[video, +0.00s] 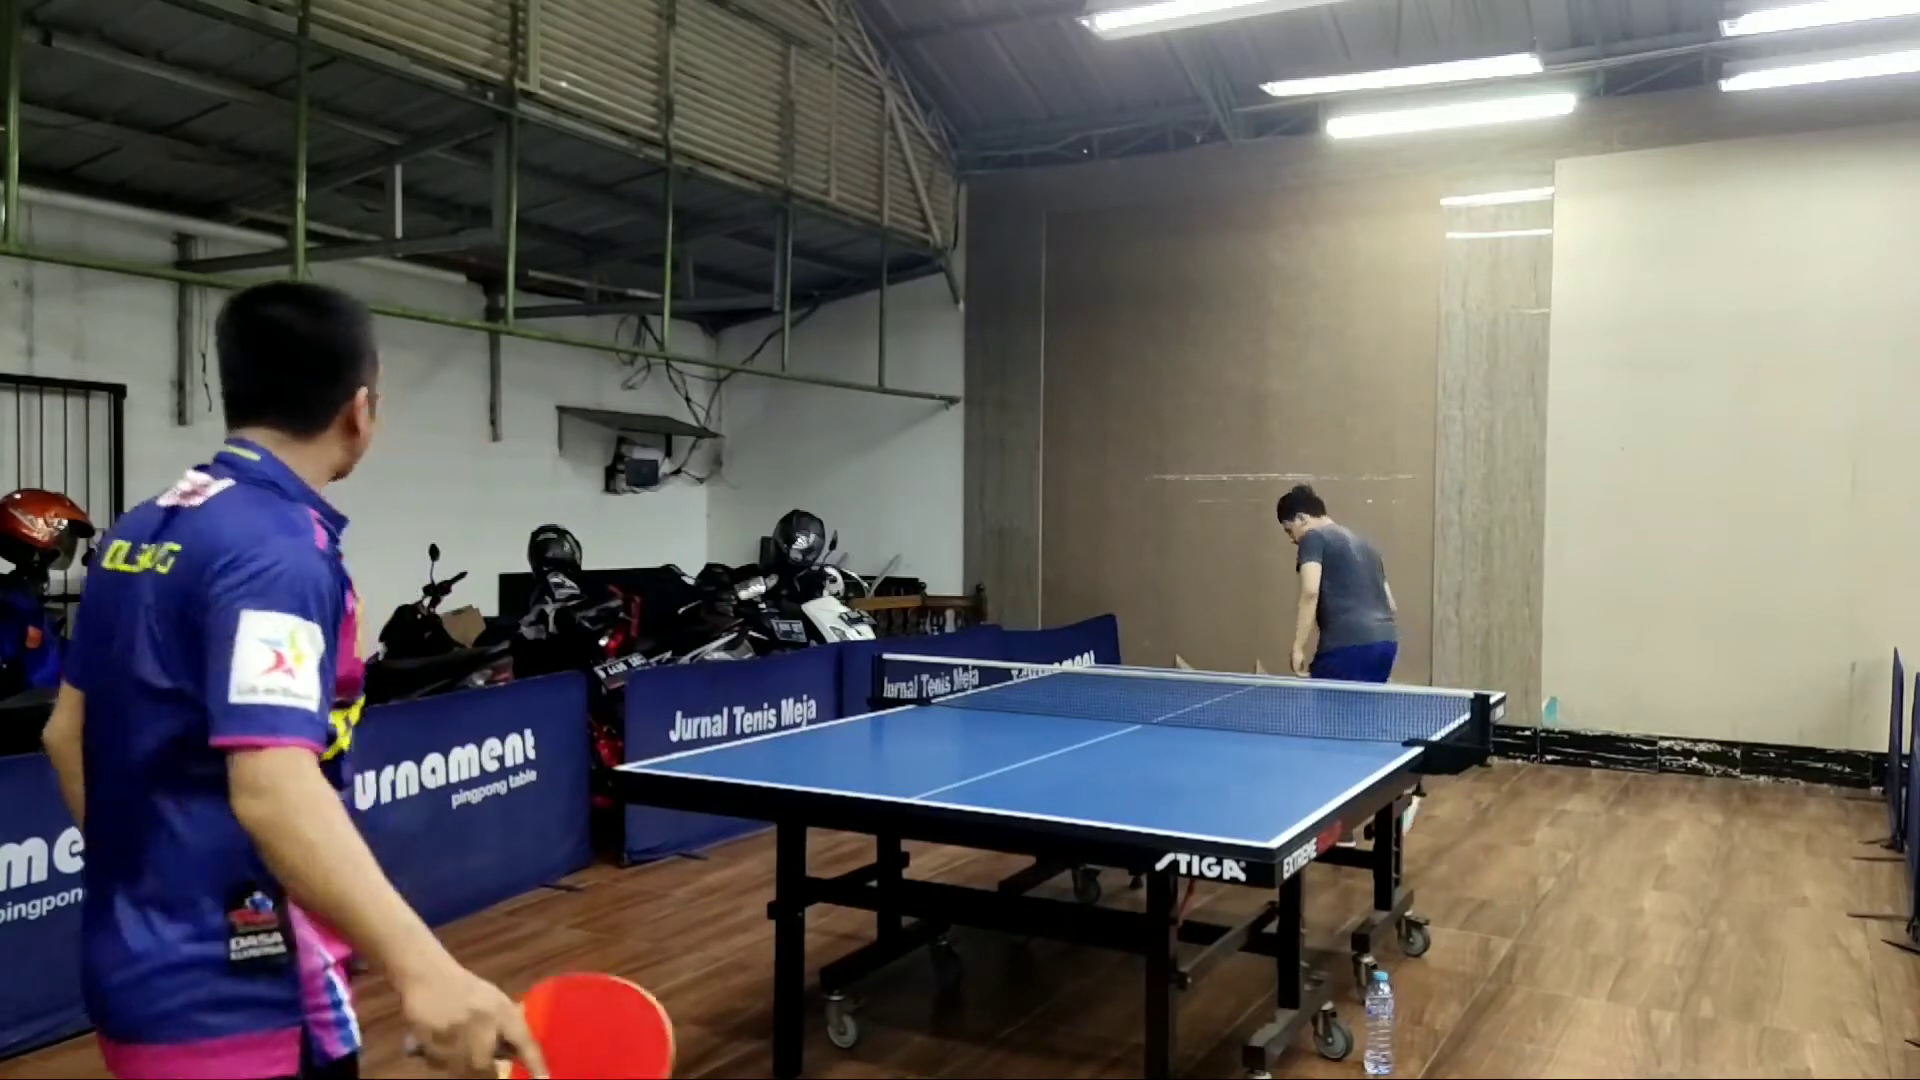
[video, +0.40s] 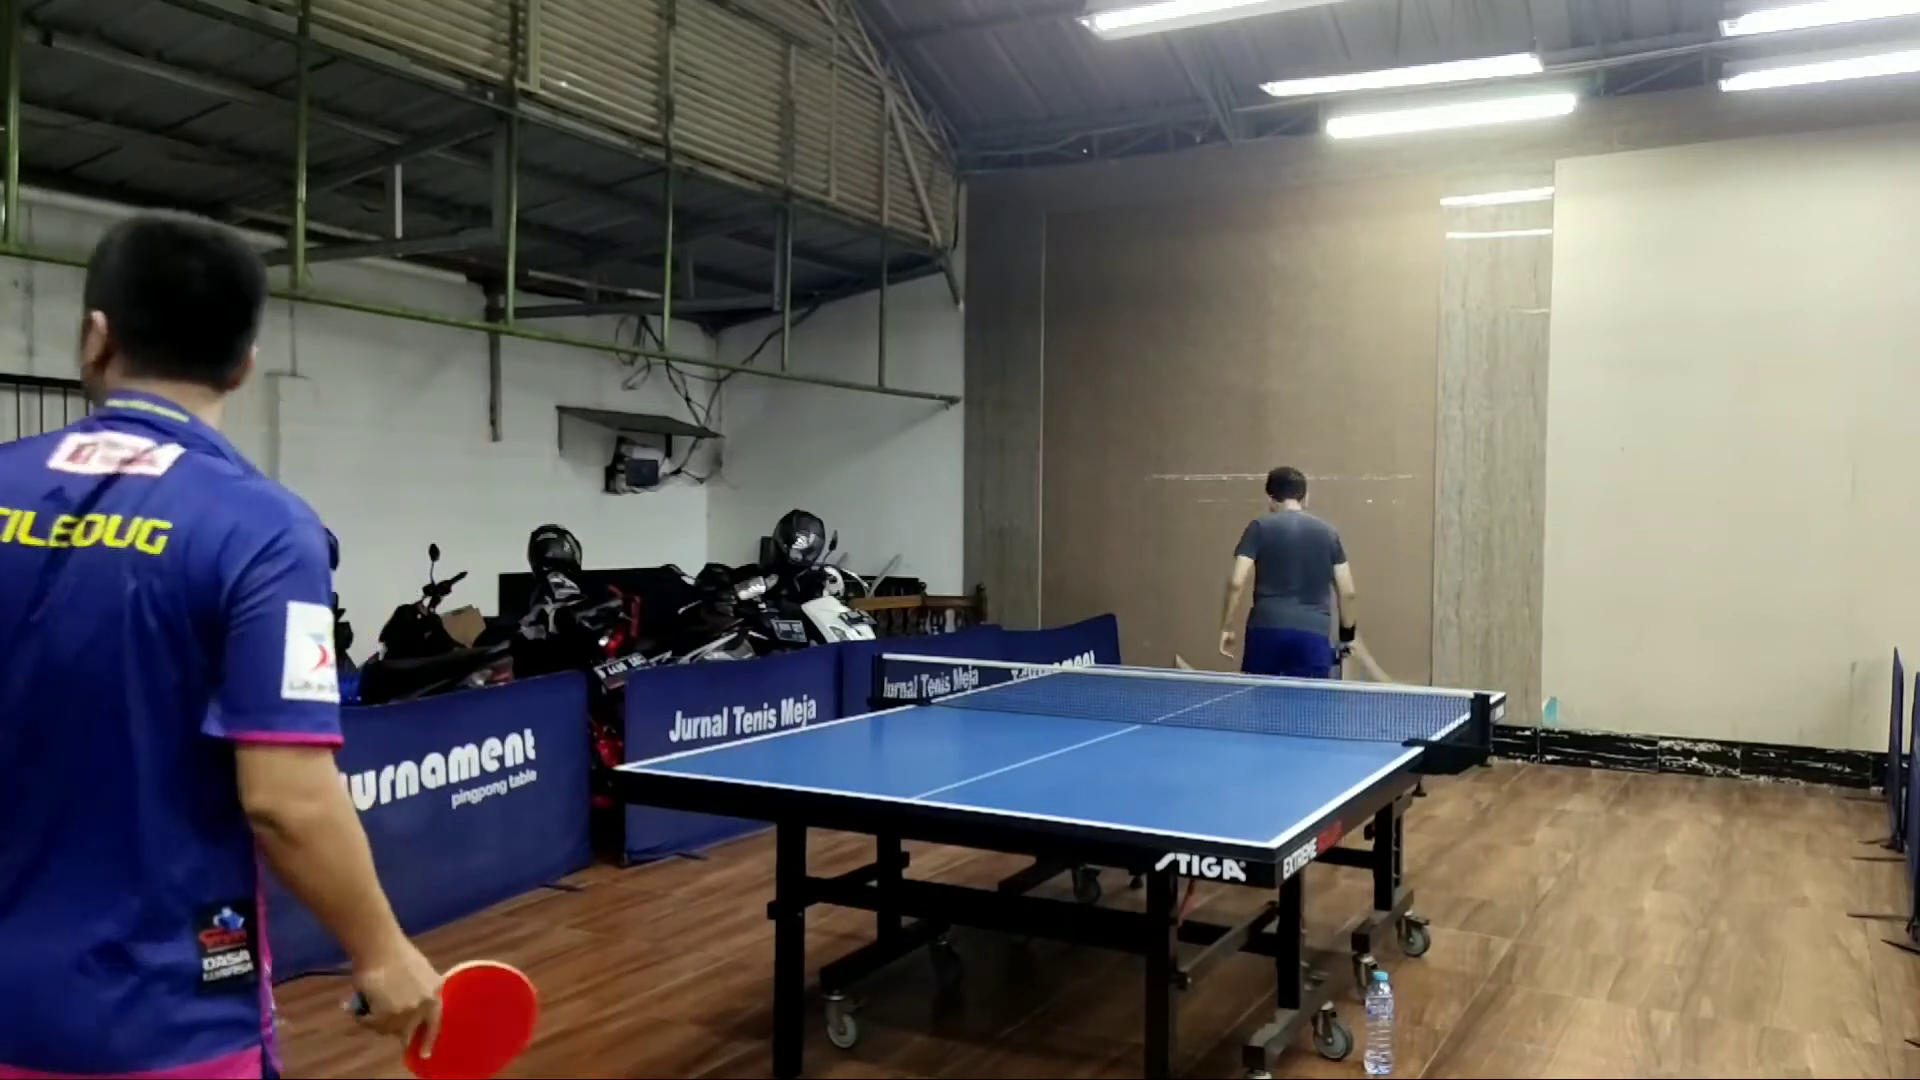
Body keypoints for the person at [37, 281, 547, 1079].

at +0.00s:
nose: (374, 419)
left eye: (374, 396)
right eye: (376, 397)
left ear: (236, 394)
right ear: (357, 410)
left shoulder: (139, 528)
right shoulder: (276, 547)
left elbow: (70, 735)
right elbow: (275, 785)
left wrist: (148, 875)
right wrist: (427, 970)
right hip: (248, 1010)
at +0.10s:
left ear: (209, 377)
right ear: (355, 403)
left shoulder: (105, 509)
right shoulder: (289, 535)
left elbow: (40, 733)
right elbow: (301, 797)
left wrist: (105, 866)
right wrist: (455, 978)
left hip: (75, 985)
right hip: (216, 1014)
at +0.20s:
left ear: (185, 352)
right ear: (331, 386)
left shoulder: (56, 495)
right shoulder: (296, 526)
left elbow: (7, 735)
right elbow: (313, 799)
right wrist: (441, 972)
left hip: (29, 995)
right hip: (201, 1022)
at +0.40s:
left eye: (81, 322)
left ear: (96, 338)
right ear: (245, 368)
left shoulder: (10, 480)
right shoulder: (262, 527)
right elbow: (286, 795)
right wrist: (384, 953)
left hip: (9, 1009)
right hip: (171, 1026)